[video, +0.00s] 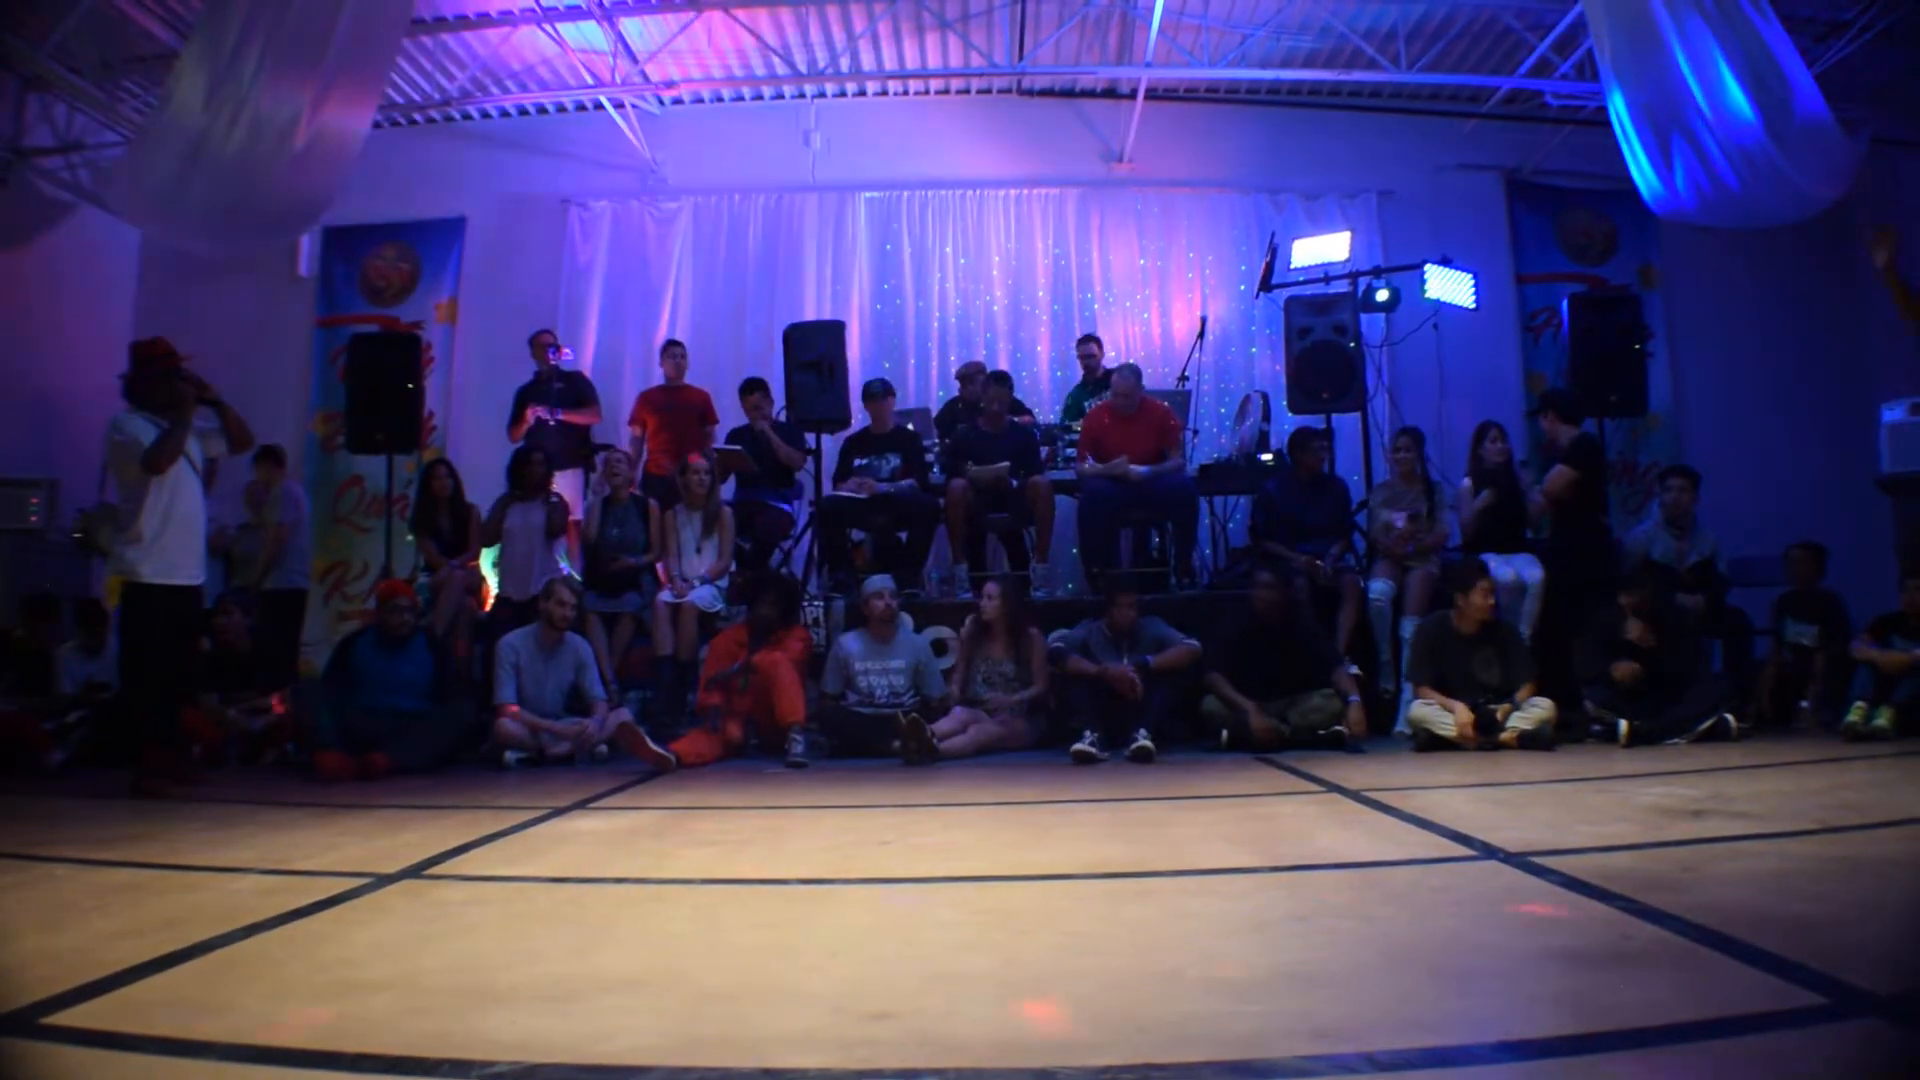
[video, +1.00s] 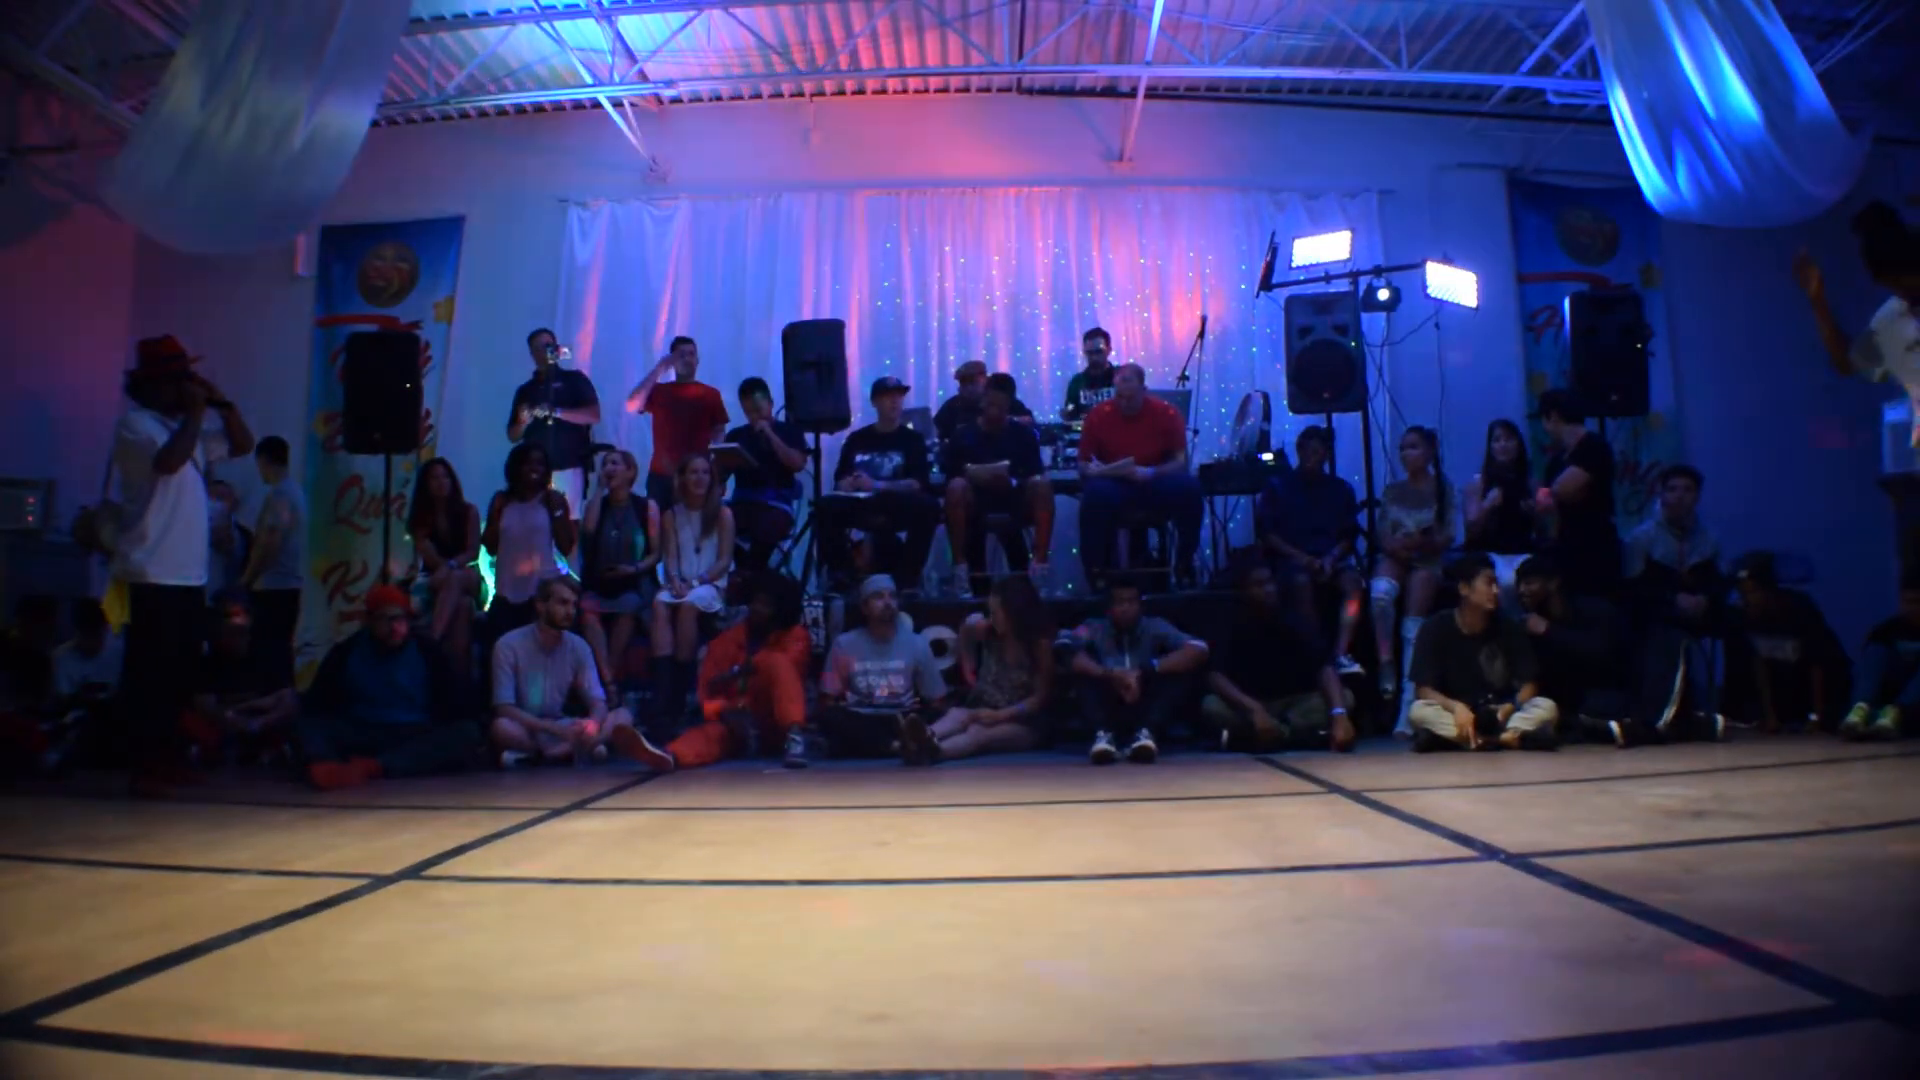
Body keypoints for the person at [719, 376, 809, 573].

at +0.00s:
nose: (758, 413)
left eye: (761, 407)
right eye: (752, 409)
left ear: (771, 404)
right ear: (744, 408)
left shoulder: (790, 432)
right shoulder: (737, 435)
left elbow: (798, 462)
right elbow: (721, 477)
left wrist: (769, 433)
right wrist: (726, 460)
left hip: (777, 499)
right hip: (745, 498)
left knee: (770, 529)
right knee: (726, 526)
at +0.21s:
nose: (756, 414)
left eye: (760, 409)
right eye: (751, 410)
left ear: (770, 405)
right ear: (743, 409)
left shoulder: (789, 432)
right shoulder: (736, 435)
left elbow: (797, 462)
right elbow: (721, 477)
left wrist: (768, 434)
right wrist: (728, 459)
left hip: (777, 499)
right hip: (745, 498)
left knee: (769, 531)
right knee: (725, 527)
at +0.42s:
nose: (756, 408)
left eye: (760, 402)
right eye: (750, 404)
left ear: (770, 402)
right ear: (742, 407)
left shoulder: (789, 432)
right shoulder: (736, 435)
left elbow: (797, 462)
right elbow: (719, 478)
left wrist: (768, 434)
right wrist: (725, 459)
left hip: (777, 498)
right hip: (745, 498)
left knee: (767, 531)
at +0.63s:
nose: (756, 411)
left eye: (760, 404)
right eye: (750, 406)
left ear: (769, 402)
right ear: (743, 406)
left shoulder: (788, 431)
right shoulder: (736, 435)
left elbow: (797, 463)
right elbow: (718, 475)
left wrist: (768, 433)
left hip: (778, 499)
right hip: (744, 498)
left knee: (765, 533)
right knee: (724, 529)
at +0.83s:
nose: (755, 413)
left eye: (759, 406)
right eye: (750, 409)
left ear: (770, 404)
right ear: (743, 409)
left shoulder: (789, 432)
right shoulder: (736, 436)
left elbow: (797, 463)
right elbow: (721, 477)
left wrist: (769, 434)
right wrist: (723, 459)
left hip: (777, 497)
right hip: (745, 498)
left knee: (771, 527)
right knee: (724, 526)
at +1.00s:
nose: (755, 416)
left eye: (759, 409)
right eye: (750, 411)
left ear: (770, 405)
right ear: (744, 409)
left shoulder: (789, 432)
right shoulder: (736, 436)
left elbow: (798, 463)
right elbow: (721, 477)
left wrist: (770, 435)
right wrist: (722, 459)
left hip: (777, 499)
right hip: (744, 499)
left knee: (769, 529)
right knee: (721, 523)